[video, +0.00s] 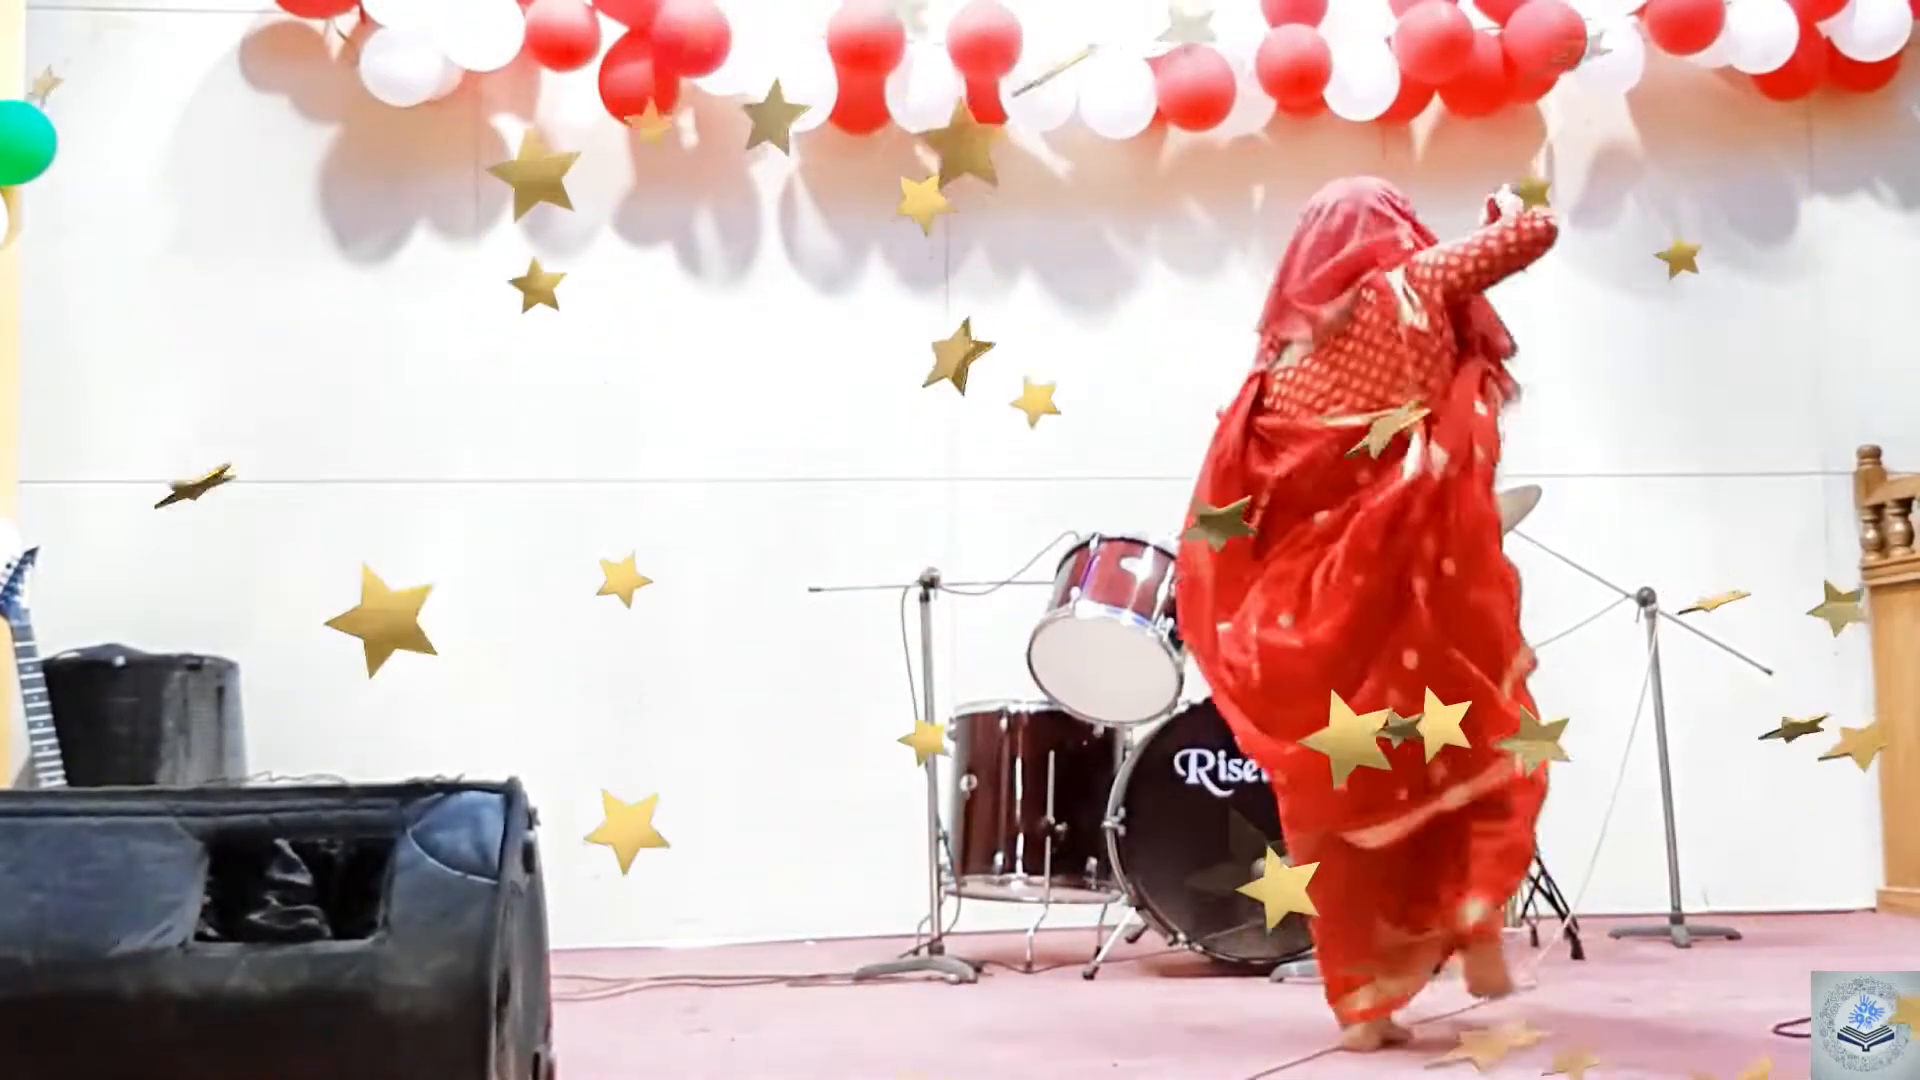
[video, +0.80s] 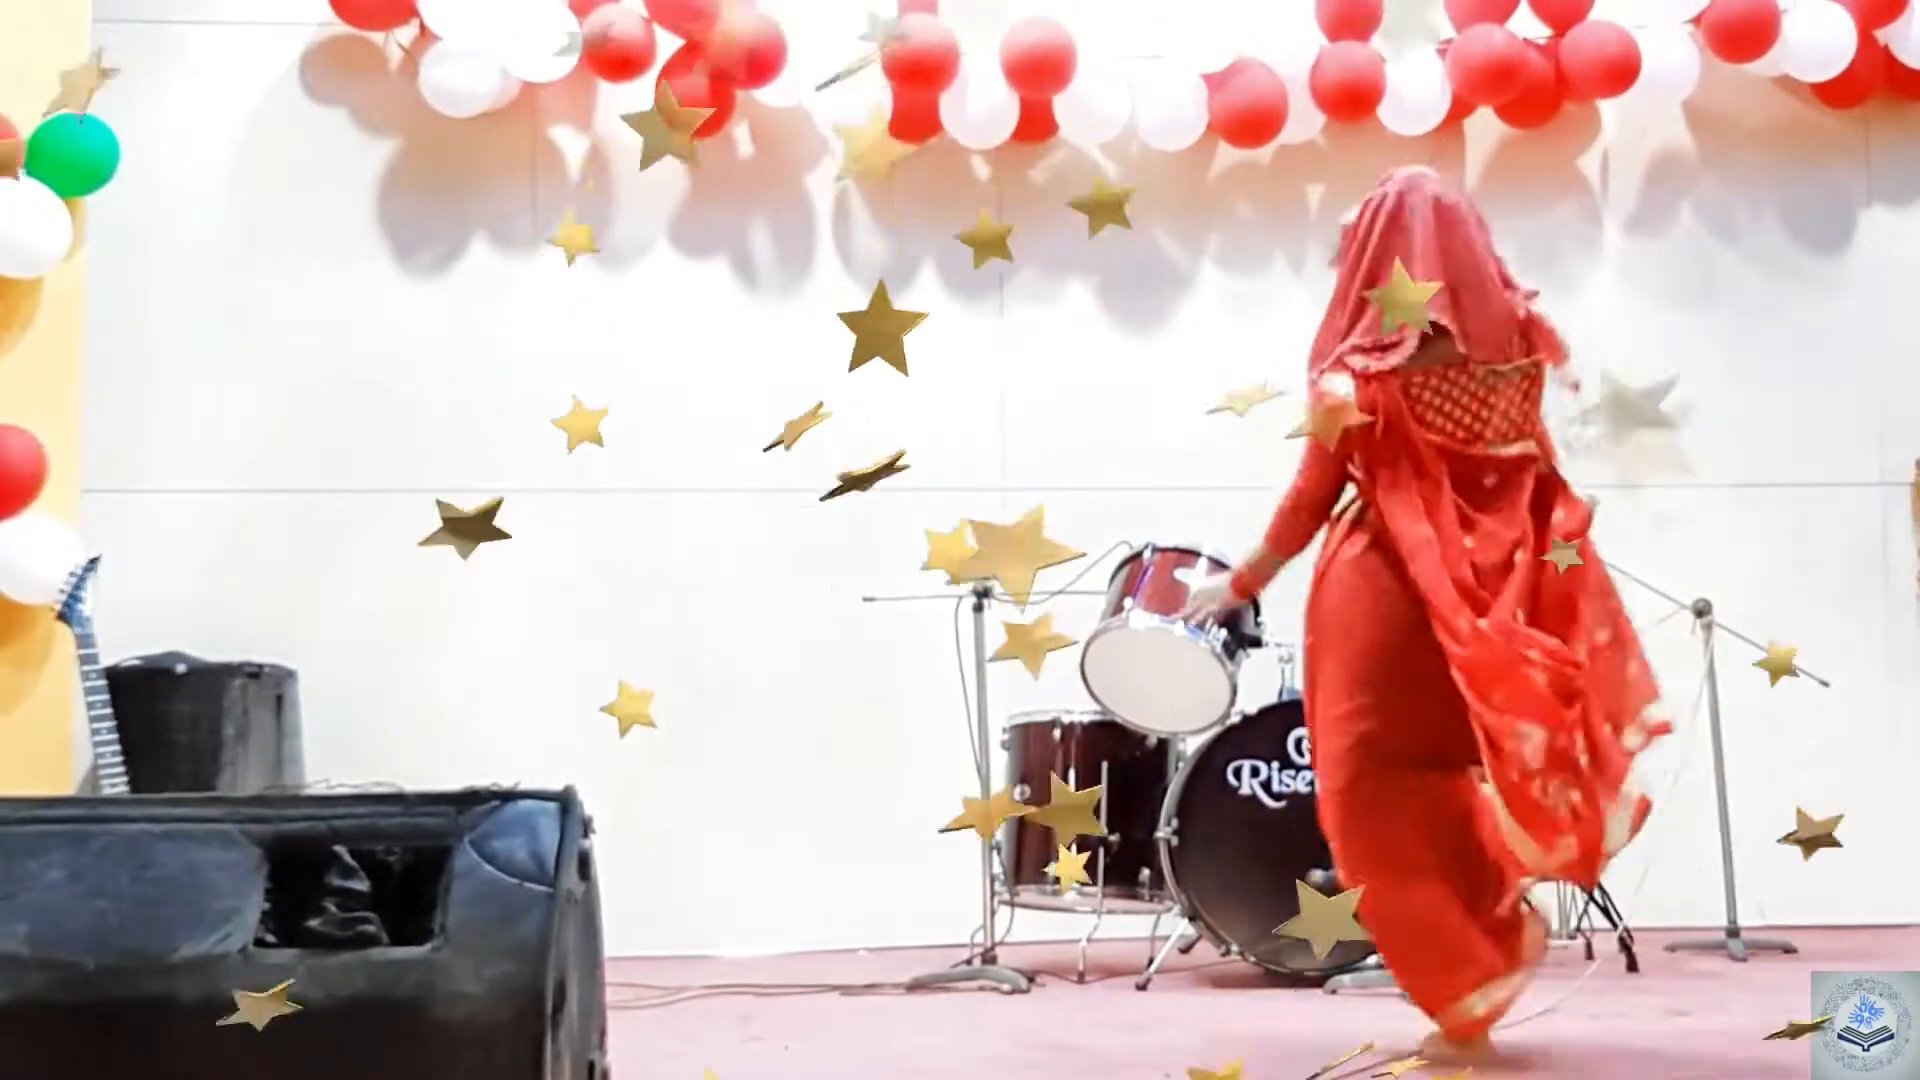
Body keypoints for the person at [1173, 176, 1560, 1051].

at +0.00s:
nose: (1415, 237)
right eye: (1407, 225)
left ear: (1303, 253)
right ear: (1399, 233)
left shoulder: (1275, 368)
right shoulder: (1416, 288)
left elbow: (1238, 499)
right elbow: (1530, 232)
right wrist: (1514, 216)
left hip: (1314, 599)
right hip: (1428, 581)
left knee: (1337, 792)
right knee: (1474, 748)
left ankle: (1363, 1000)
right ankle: (1476, 909)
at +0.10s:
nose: (1417, 230)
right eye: (1415, 217)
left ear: (1314, 237)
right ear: (1411, 221)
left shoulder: (1278, 357)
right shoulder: (1431, 268)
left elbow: (1241, 514)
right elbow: (1556, 238)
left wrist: (1243, 612)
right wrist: (1537, 224)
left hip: (1326, 577)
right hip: (1440, 551)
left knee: (1338, 787)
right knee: (1492, 745)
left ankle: (1366, 997)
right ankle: (1521, 899)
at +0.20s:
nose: (1501, 233)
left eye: (1488, 214)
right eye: (1494, 216)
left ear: (1386, 229)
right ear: (1486, 222)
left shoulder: (1341, 338)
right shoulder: (1511, 276)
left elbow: (1324, 501)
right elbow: (1639, 283)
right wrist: (1653, 314)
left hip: (1400, 608)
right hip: (1524, 596)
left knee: (1421, 793)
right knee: (1570, 782)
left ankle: (1426, 1006)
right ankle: (1609, 1015)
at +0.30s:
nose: (1524, 272)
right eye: (1515, 250)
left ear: (1401, 259)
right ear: (1508, 257)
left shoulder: (1357, 372)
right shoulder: (1521, 332)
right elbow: (1609, 410)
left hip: (1430, 640)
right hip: (1540, 638)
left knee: (1459, 818)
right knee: (1580, 817)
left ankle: (1460, 1009)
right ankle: (1589, 1025)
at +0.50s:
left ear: (1400, 264)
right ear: (1504, 259)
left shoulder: (1366, 373)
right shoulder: (1546, 352)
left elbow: (1308, 434)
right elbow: (1637, 432)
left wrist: (1273, 414)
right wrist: (1704, 458)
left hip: (1450, 629)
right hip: (1564, 614)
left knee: (1474, 827)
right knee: (1594, 817)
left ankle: (1488, 1021)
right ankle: (1619, 1028)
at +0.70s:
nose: (1417, 275)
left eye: (1412, 257)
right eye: (1416, 258)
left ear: (1370, 253)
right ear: (1484, 241)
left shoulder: (1369, 355)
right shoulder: (1535, 322)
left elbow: (1318, 468)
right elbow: (1564, 436)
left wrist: (1263, 539)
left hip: (1396, 594)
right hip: (1525, 574)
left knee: (1416, 792)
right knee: (1532, 754)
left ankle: (1460, 1008)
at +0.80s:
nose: (1354, 266)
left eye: (1361, 251)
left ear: (1369, 262)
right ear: (1474, 252)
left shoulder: (1361, 378)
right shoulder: (1521, 345)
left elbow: (1308, 503)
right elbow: (1542, 467)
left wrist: (1240, 586)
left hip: (1383, 610)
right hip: (1489, 598)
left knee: (1364, 794)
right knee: (1445, 771)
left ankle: (1459, 1013)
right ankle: (1502, 923)